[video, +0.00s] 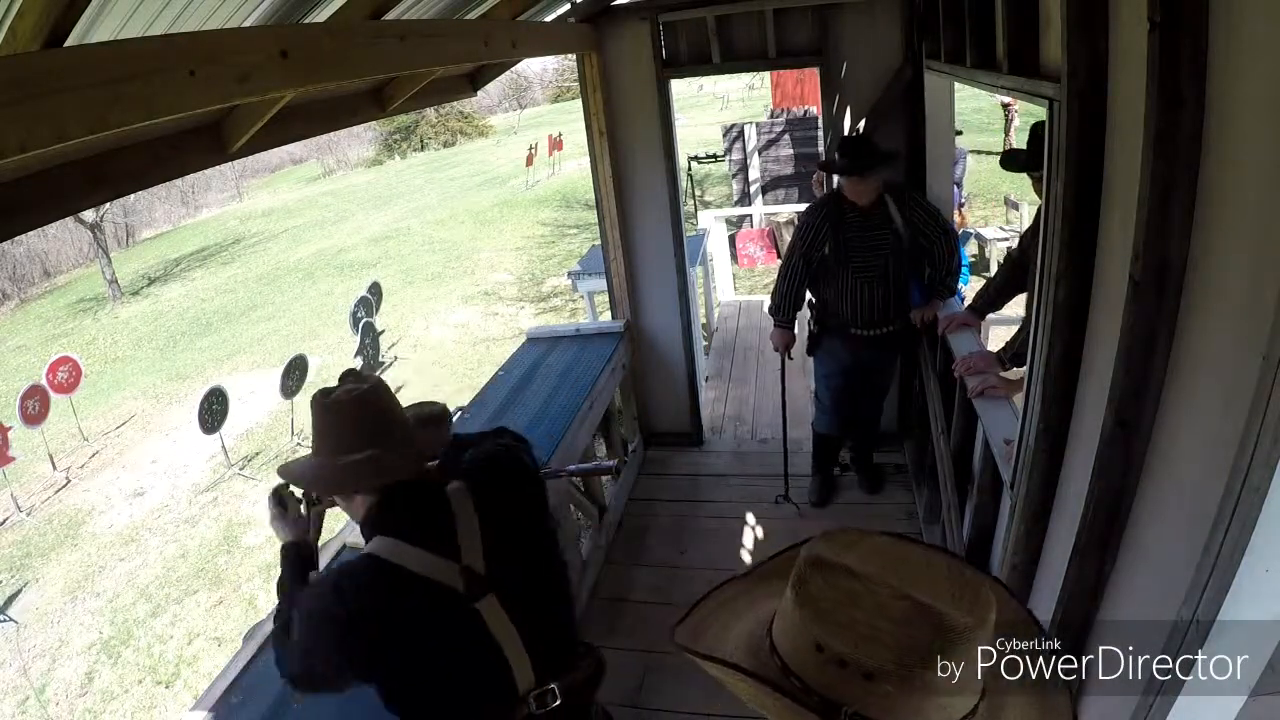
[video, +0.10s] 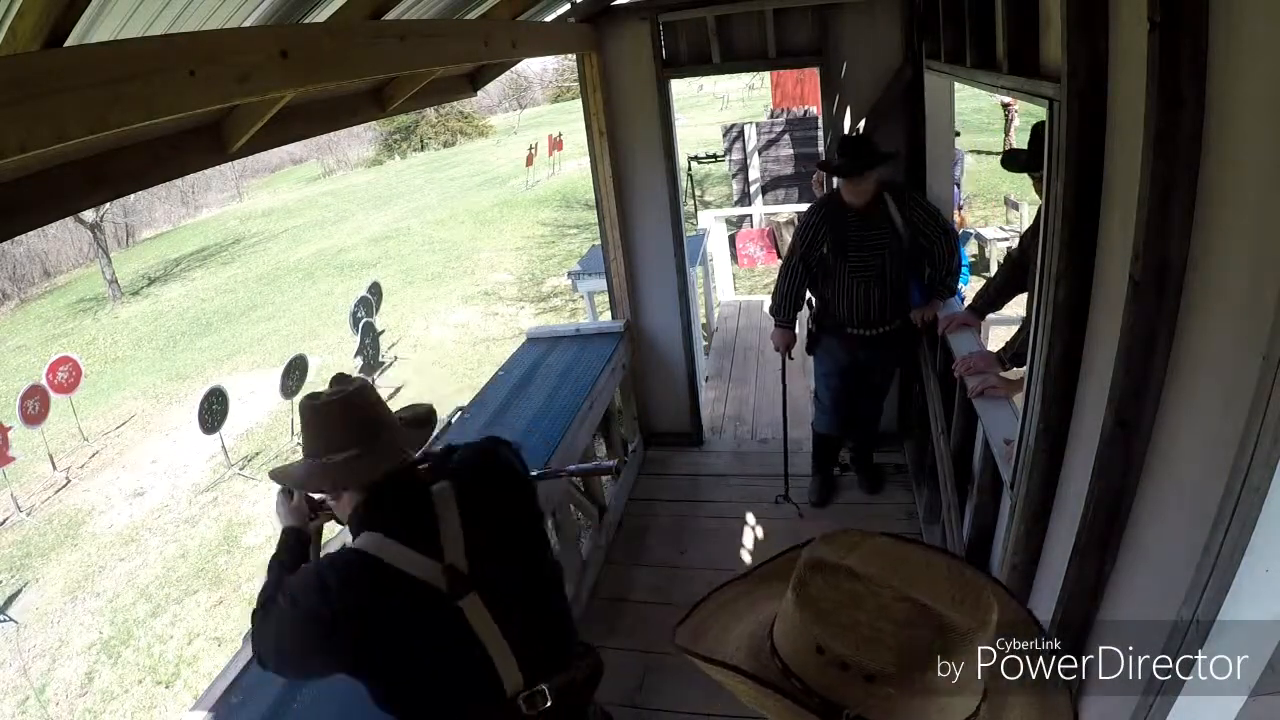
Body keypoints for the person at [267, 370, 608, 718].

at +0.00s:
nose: (324, 492)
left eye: (327, 482)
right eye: (324, 482)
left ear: (345, 491)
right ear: (413, 451)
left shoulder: (355, 594)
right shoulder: (502, 483)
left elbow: (298, 662)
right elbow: (507, 443)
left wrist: (296, 548)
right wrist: (440, 446)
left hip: (474, 719)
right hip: (572, 694)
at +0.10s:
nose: (316, 494)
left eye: (317, 485)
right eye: (315, 486)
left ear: (331, 492)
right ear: (402, 448)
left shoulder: (342, 588)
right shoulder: (493, 471)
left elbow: (271, 642)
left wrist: (294, 536)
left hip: (470, 716)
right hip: (570, 683)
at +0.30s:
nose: (303, 497)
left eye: (303, 488)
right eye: (303, 489)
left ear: (319, 493)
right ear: (389, 452)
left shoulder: (321, 590)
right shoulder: (477, 478)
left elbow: (251, 636)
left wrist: (288, 543)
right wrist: (349, 502)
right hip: (563, 686)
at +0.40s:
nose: (304, 495)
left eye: (304, 486)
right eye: (304, 486)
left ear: (318, 492)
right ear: (385, 452)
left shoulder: (316, 590)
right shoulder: (468, 478)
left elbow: (236, 636)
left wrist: (274, 543)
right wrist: (356, 498)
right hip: (559, 682)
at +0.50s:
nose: (303, 494)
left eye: (303, 483)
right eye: (303, 484)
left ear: (317, 489)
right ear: (384, 453)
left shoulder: (314, 591)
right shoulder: (466, 476)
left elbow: (235, 642)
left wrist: (267, 550)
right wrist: (339, 507)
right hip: (557, 683)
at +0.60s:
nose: (303, 492)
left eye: (303, 481)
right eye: (300, 482)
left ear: (318, 485)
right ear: (384, 452)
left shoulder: (312, 589)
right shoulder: (464, 473)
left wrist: (278, 579)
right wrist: (338, 509)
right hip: (553, 682)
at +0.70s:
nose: (302, 498)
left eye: (301, 487)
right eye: (299, 487)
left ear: (317, 490)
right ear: (381, 455)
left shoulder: (311, 591)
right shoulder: (457, 473)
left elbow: (297, 673)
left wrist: (279, 576)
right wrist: (342, 512)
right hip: (553, 682)